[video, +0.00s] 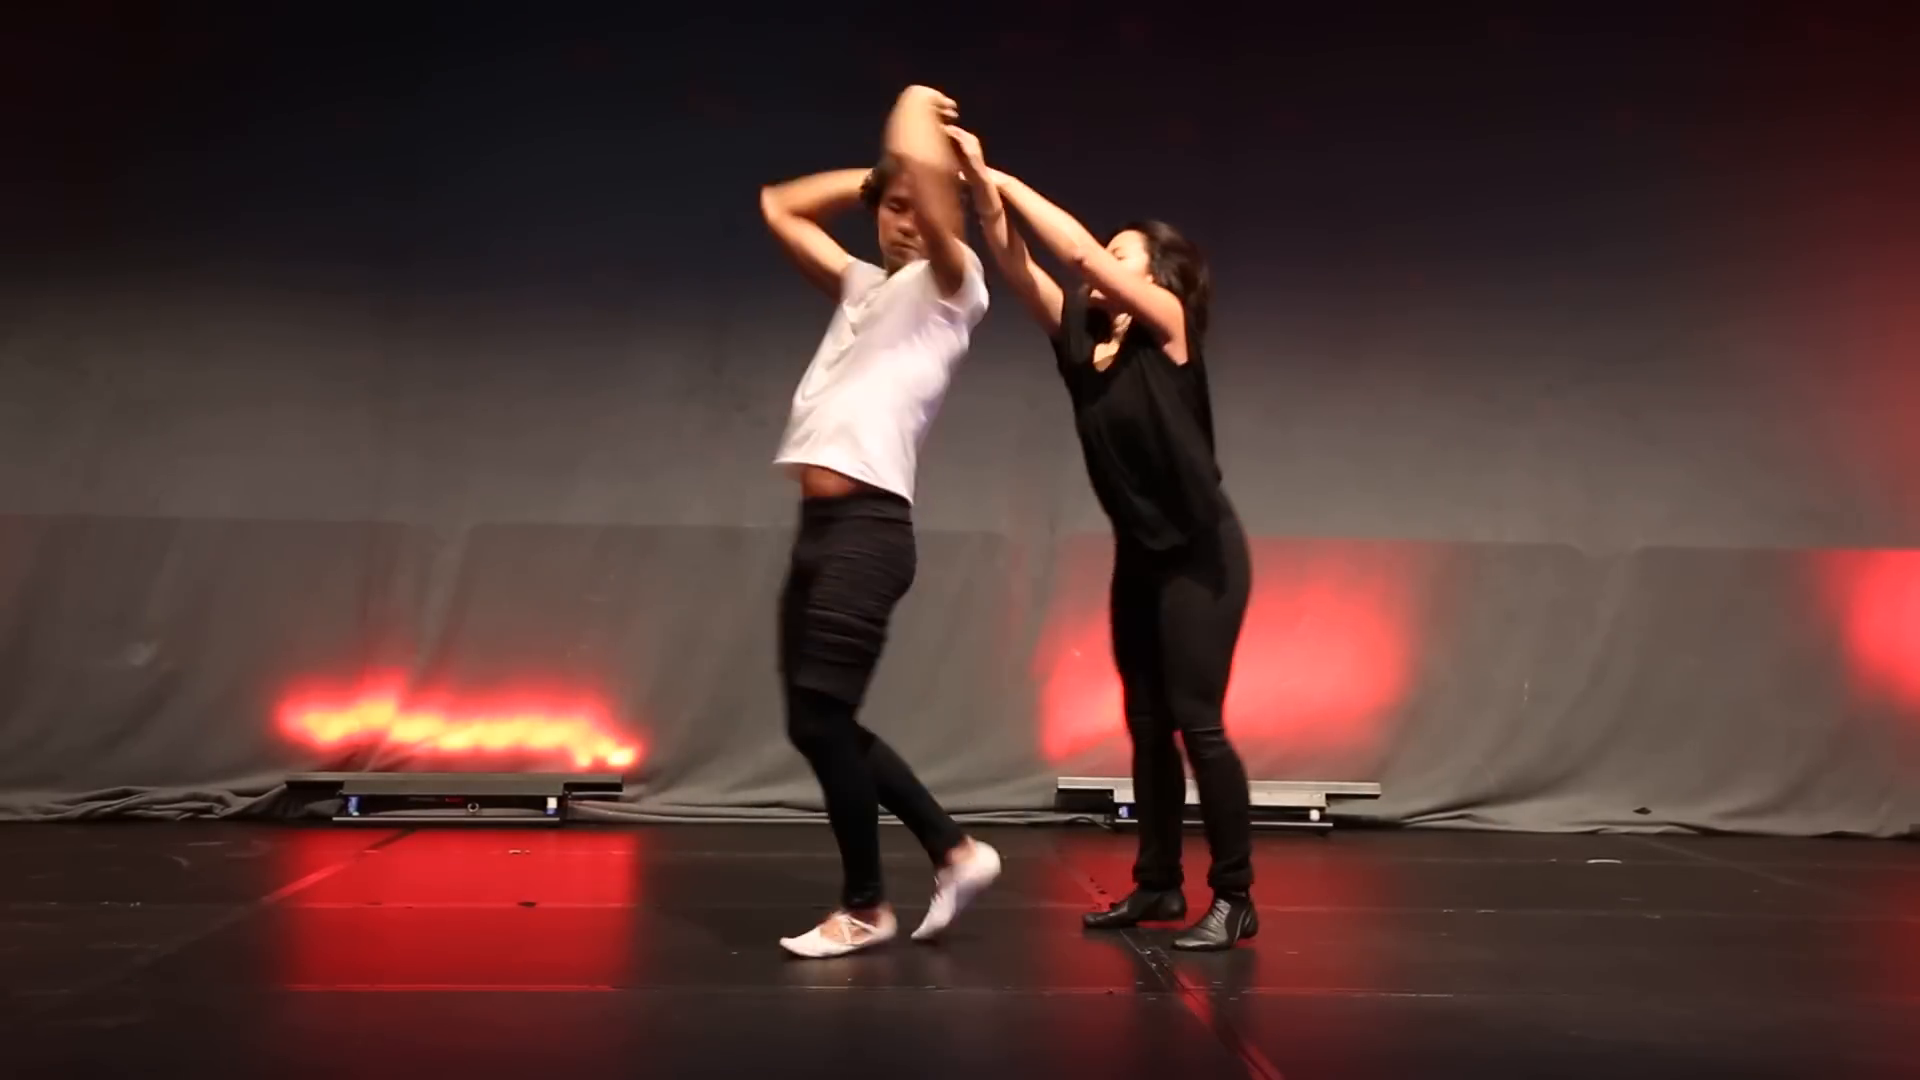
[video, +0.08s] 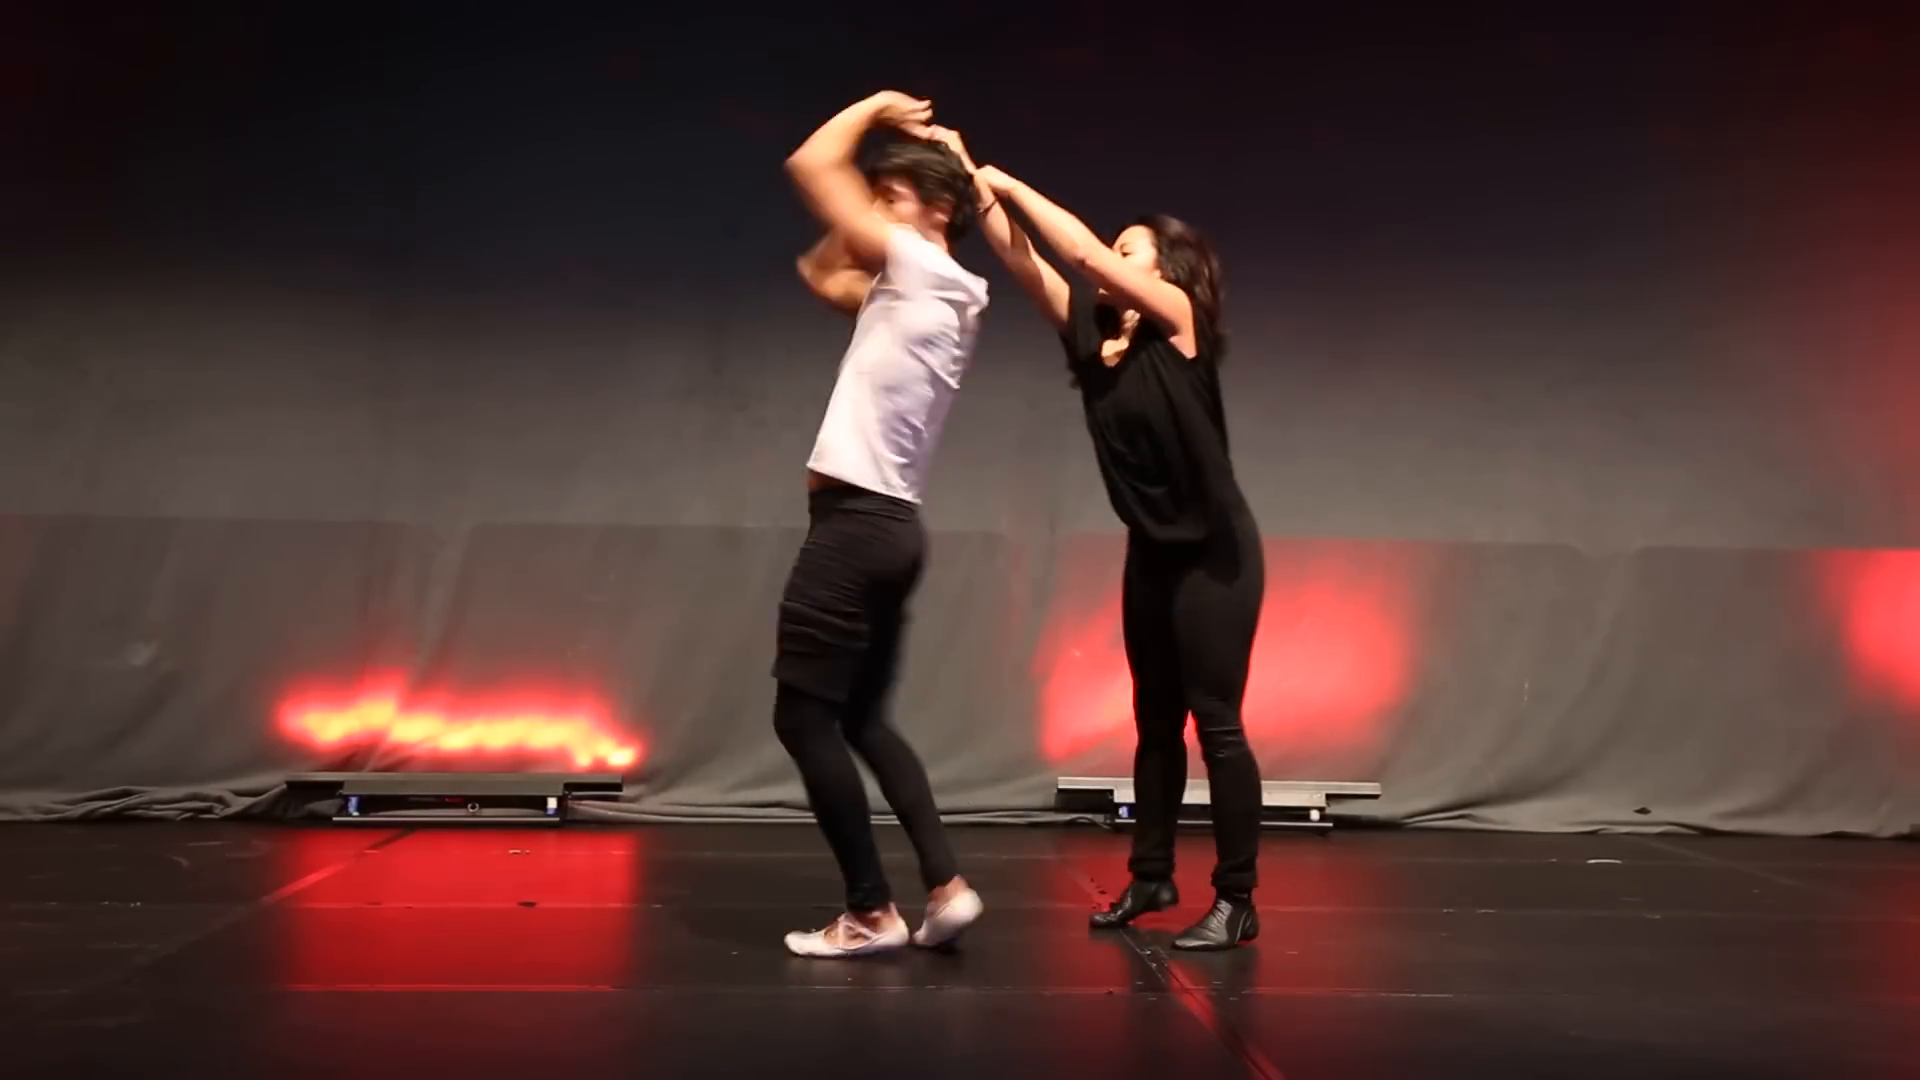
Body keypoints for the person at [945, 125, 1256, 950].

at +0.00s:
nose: (1100, 260)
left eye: (1118, 252)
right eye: (1103, 249)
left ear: (1161, 274)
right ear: (1105, 270)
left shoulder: (1171, 325)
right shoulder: (1082, 332)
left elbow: (1085, 253)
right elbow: (1007, 254)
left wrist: (1003, 181)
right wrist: (975, 170)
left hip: (1203, 556)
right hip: (1139, 559)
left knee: (1197, 722)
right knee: (1148, 724)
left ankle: (1234, 903)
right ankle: (1158, 890)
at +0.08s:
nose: (1110, 262)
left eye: (1126, 252)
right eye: (1111, 250)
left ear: (1171, 272)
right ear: (1112, 268)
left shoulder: (1182, 322)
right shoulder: (1094, 331)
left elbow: (1088, 253)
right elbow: (1018, 256)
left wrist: (1006, 182)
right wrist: (967, 171)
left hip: (1218, 554)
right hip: (1151, 554)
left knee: (1216, 723)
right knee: (1156, 723)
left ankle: (1236, 904)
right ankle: (1151, 881)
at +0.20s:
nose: (1123, 265)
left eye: (1141, 254)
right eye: (1123, 254)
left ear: (1184, 270)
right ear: (1123, 265)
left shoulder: (1202, 322)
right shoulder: (1108, 325)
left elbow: (1093, 294)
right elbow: (1034, 269)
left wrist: (1017, 218)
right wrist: (987, 212)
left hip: (1237, 555)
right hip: (1167, 555)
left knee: (1224, 726)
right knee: (1146, 720)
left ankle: (1233, 907)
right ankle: (1147, 877)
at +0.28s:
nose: (1130, 272)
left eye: (1147, 261)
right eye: (1133, 261)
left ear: (1193, 273)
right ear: (1142, 277)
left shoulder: (1219, 333)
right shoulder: (1130, 335)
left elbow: (1096, 331)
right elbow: (1073, 315)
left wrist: (1024, 263)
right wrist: (1002, 255)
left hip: (1248, 560)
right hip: (1179, 563)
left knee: (1232, 731)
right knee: (1125, 710)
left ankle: (1234, 908)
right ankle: (1154, 866)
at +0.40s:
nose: (1146, 280)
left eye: (1161, 269)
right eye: (1148, 269)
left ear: (1208, 278)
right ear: (1163, 282)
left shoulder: (1228, 349)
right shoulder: (1147, 343)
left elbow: (1121, 391)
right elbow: (1042, 312)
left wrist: (1036, 334)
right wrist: (946, 279)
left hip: (1257, 571)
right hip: (1191, 575)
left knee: (1239, 738)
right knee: (1112, 706)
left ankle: (1237, 910)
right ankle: (1201, 834)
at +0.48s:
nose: (1154, 283)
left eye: (1170, 272)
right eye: (1157, 271)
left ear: (1217, 282)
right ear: (1190, 287)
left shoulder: (1233, 358)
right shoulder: (1163, 359)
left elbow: (1136, 419)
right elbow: (1064, 352)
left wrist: (1042, 369)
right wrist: (992, 339)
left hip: (1259, 574)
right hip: (1194, 579)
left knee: (1235, 737)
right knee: (1123, 715)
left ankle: (1235, 910)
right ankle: (1229, 827)